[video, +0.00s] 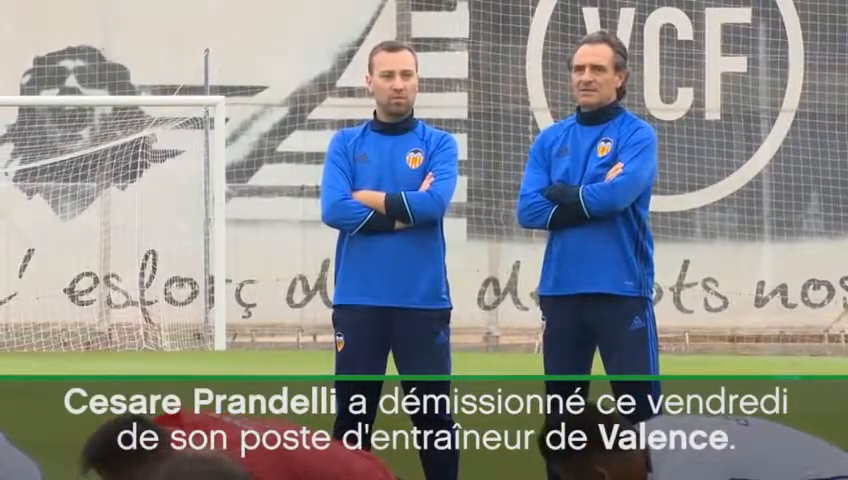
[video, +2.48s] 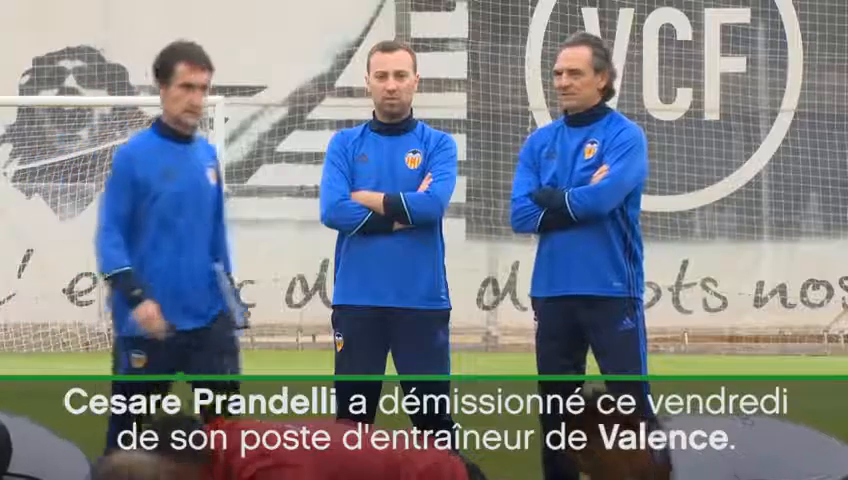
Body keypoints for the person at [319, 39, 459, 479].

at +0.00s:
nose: (398, 84)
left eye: (406, 75)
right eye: (388, 76)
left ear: (417, 82)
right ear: (370, 83)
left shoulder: (440, 143)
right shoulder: (345, 142)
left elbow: (434, 205)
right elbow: (334, 210)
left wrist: (364, 196)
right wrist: (406, 213)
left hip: (423, 301)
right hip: (358, 301)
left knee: (433, 416)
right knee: (352, 418)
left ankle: (442, 479)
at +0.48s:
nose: (397, 84)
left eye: (405, 75)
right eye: (386, 76)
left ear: (418, 82)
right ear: (369, 83)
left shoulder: (439, 143)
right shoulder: (345, 142)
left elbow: (433, 207)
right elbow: (334, 211)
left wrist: (360, 196)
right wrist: (407, 213)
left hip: (423, 302)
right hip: (358, 301)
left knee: (434, 417)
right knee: (352, 419)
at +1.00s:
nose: (395, 84)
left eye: (404, 75)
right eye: (385, 75)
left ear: (417, 82)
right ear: (369, 83)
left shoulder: (439, 143)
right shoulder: (346, 142)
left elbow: (433, 206)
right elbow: (333, 210)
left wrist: (362, 196)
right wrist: (406, 213)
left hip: (423, 302)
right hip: (358, 301)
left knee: (433, 416)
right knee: (352, 418)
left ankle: (443, 479)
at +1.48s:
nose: (393, 86)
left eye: (402, 76)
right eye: (384, 77)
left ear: (417, 82)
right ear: (369, 83)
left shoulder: (439, 143)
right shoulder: (345, 142)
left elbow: (433, 206)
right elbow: (333, 210)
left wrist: (363, 196)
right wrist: (406, 213)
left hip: (422, 301)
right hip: (358, 301)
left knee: (433, 415)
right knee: (352, 417)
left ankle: (443, 478)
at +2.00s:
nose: (392, 85)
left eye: (401, 76)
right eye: (382, 76)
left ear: (416, 82)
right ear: (368, 84)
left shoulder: (439, 142)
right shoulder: (344, 142)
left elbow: (434, 207)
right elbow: (332, 211)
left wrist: (362, 196)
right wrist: (408, 208)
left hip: (422, 300)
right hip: (357, 300)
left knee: (432, 415)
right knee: (353, 416)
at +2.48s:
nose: (391, 86)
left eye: (400, 76)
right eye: (381, 77)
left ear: (416, 82)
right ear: (368, 84)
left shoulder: (438, 143)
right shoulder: (344, 142)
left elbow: (433, 208)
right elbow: (332, 212)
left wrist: (363, 196)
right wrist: (402, 213)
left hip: (422, 303)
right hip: (357, 302)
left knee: (433, 420)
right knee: (352, 420)